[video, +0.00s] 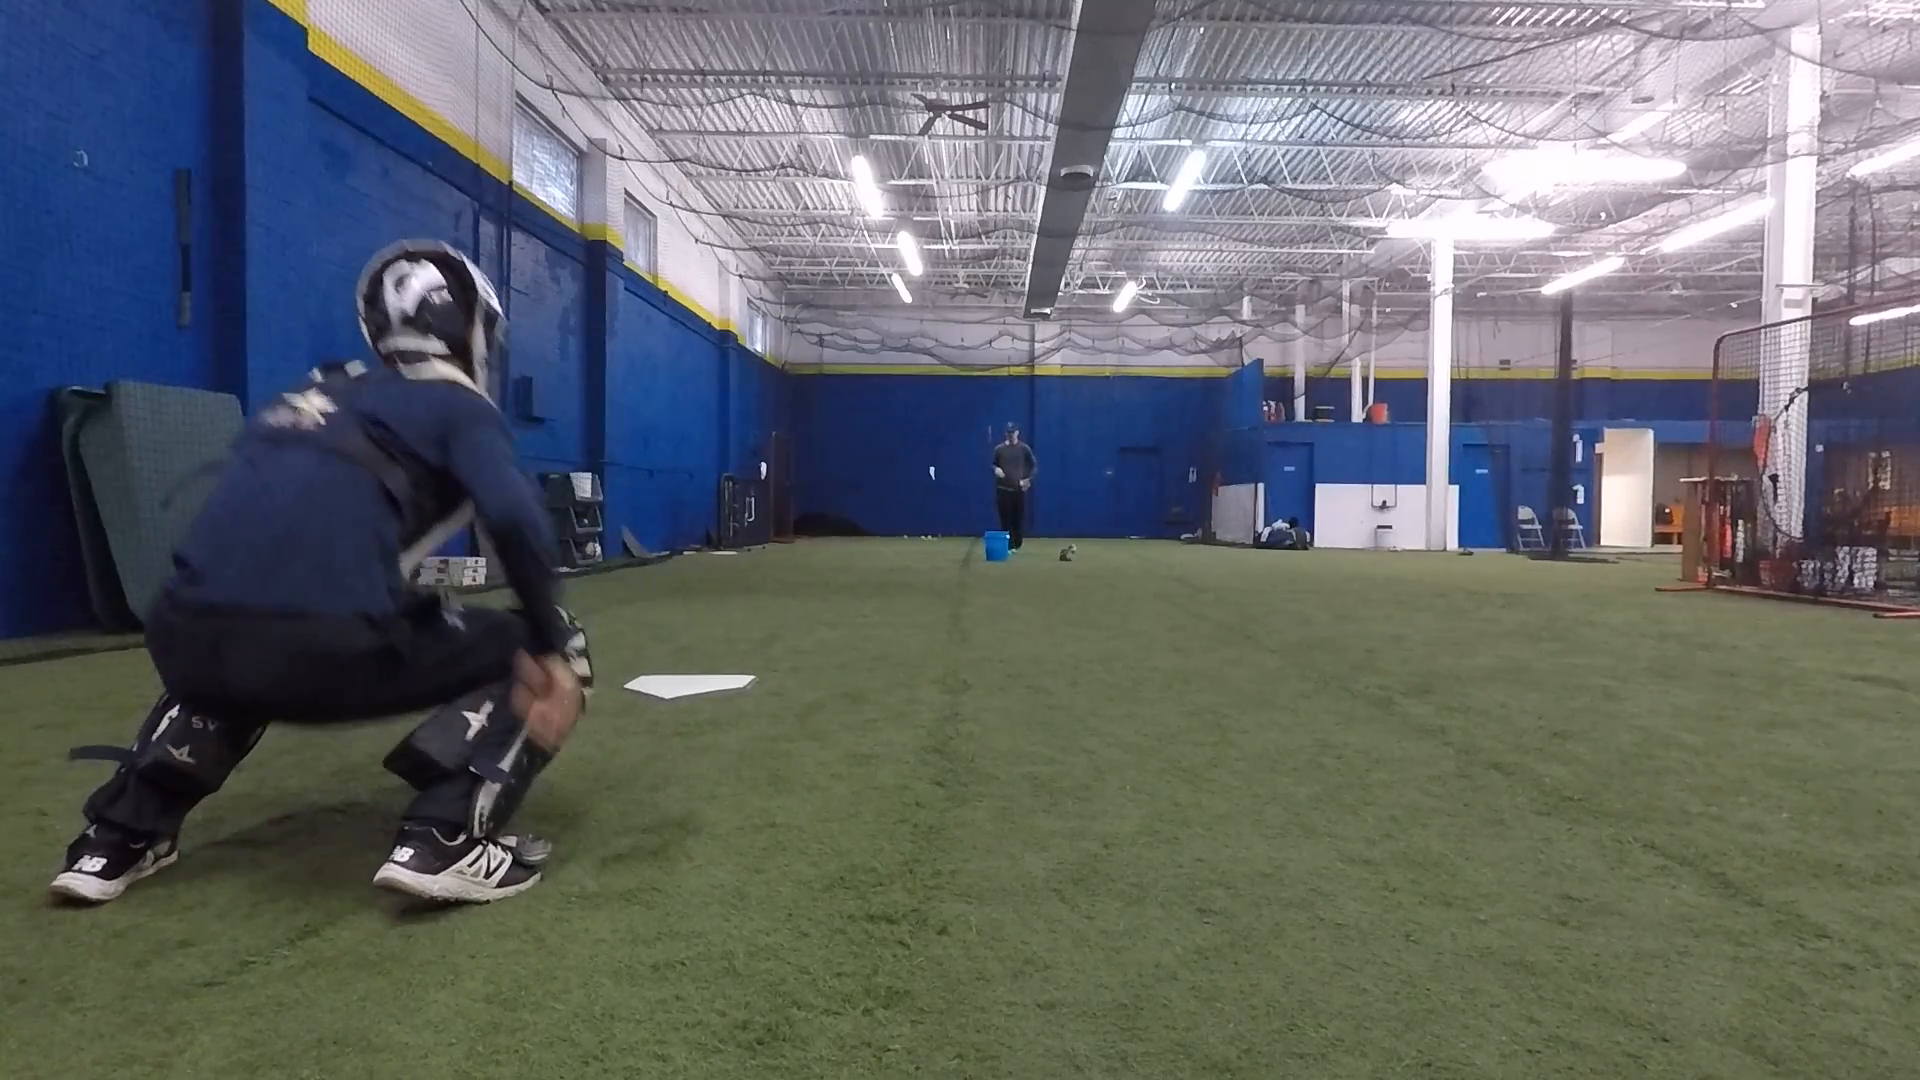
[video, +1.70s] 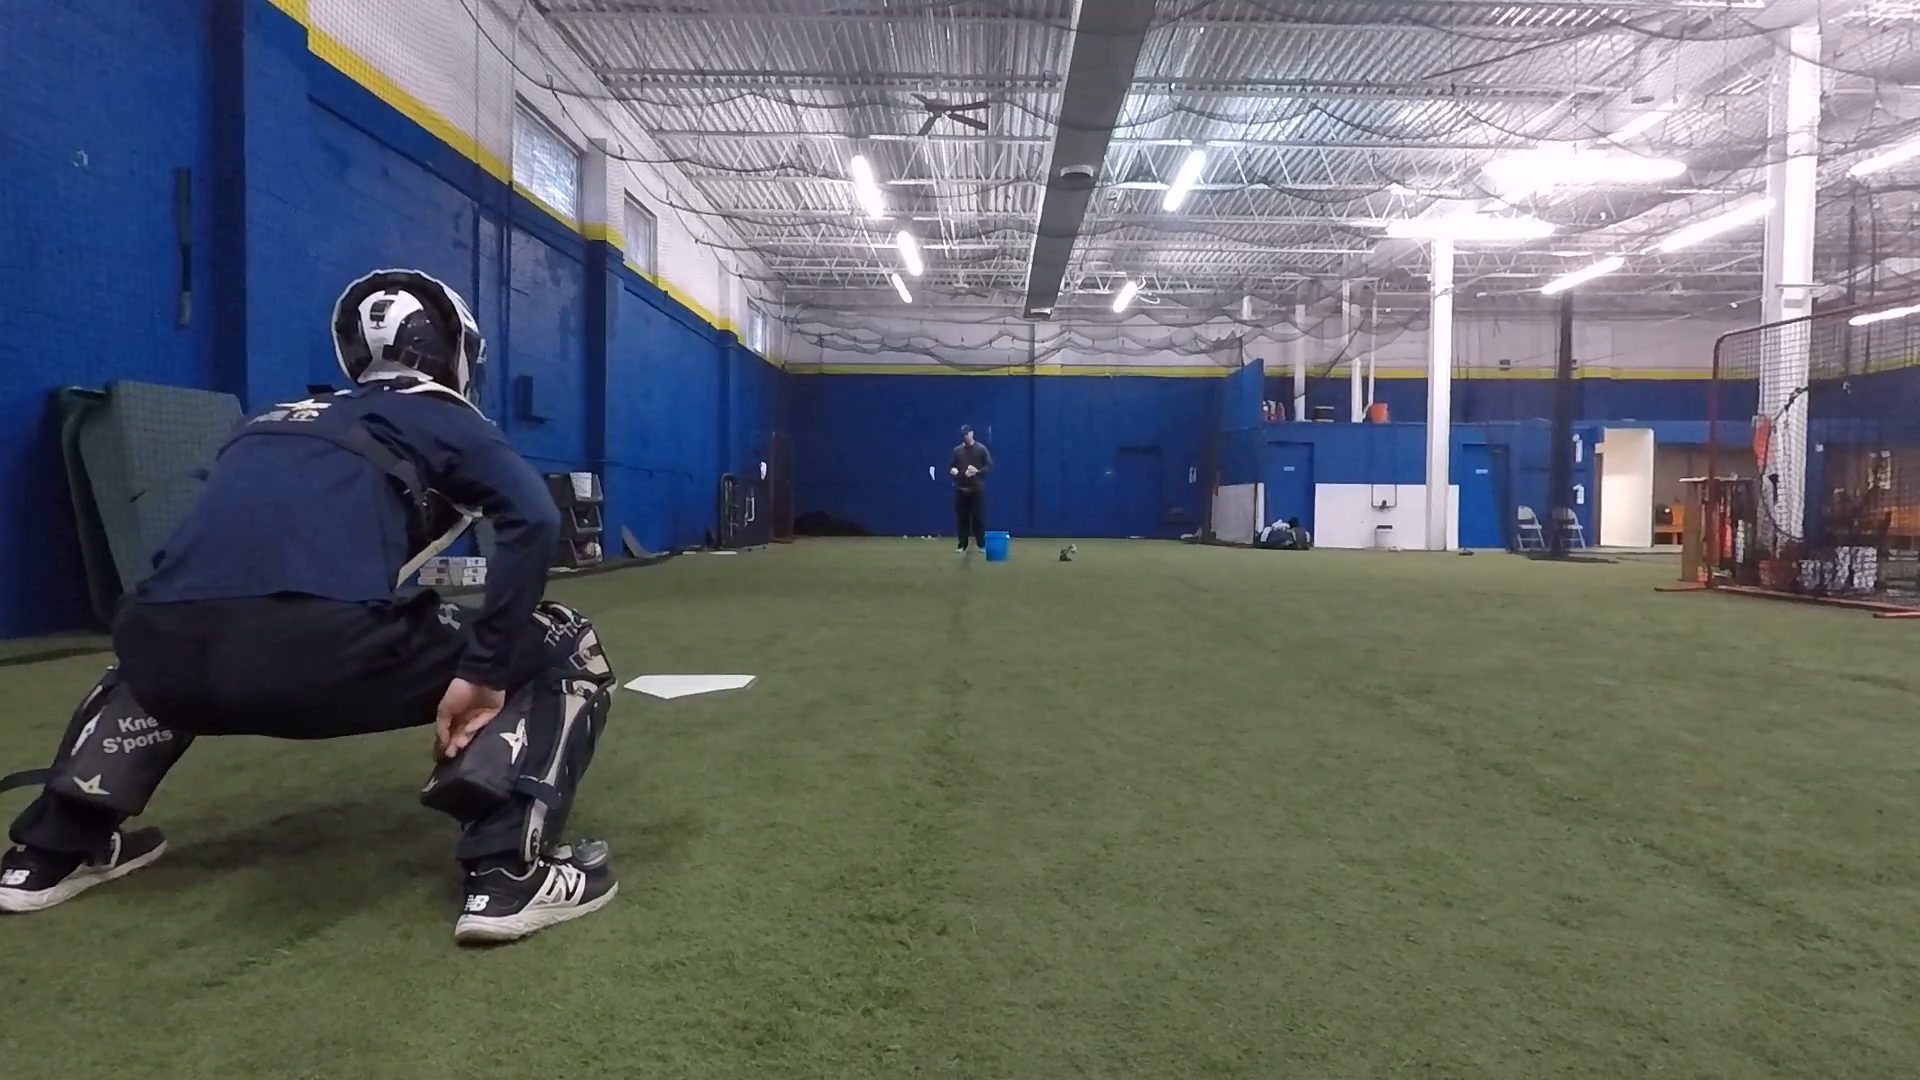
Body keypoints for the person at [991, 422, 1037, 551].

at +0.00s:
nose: (1011, 435)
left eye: (1013, 432)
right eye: (1009, 432)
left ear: (1017, 432)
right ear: (1006, 433)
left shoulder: (1024, 448)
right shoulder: (999, 449)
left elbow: (1034, 467)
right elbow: (993, 463)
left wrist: (1028, 479)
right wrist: (996, 469)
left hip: (1018, 489)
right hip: (1003, 489)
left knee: (1017, 518)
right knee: (1005, 517)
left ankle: (1017, 544)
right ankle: (1007, 544)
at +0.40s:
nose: (1012, 439)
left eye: (1014, 436)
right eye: (1010, 436)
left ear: (1019, 436)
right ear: (1007, 436)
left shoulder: (1025, 452)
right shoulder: (1000, 448)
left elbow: (1032, 469)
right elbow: (991, 461)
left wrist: (1025, 482)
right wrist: (996, 470)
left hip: (1013, 489)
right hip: (997, 487)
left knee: (1013, 518)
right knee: (994, 516)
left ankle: (1014, 545)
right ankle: (990, 545)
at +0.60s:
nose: (1006, 437)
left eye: (1008, 434)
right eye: (1004, 434)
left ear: (1013, 435)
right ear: (1001, 435)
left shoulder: (1019, 451)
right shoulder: (993, 448)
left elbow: (1026, 468)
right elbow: (986, 464)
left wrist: (1021, 481)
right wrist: (992, 471)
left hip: (1008, 490)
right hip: (991, 489)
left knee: (1011, 518)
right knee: (981, 515)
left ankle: (1014, 546)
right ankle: (971, 543)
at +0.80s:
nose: (991, 438)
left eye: (993, 436)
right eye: (989, 436)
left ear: (999, 436)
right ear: (987, 437)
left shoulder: (1006, 452)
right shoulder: (981, 451)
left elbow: (1014, 469)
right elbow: (976, 467)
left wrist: (1011, 482)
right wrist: (981, 473)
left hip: (999, 492)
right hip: (983, 492)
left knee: (1005, 520)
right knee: (973, 519)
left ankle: (1014, 545)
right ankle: (963, 544)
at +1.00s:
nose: (975, 438)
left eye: (977, 435)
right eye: (974, 436)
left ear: (983, 435)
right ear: (972, 437)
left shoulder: (993, 451)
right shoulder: (967, 452)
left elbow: (999, 467)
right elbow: (963, 466)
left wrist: (997, 478)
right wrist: (964, 473)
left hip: (987, 491)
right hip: (971, 491)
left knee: (996, 518)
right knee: (966, 520)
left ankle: (1009, 543)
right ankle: (963, 545)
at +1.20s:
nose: (967, 439)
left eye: (968, 436)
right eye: (965, 437)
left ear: (974, 435)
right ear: (962, 438)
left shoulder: (984, 450)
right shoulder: (959, 451)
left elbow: (991, 466)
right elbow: (956, 466)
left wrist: (983, 475)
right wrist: (956, 471)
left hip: (980, 489)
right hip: (965, 489)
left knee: (985, 514)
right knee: (964, 518)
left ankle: (990, 542)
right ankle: (962, 544)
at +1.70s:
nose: (966, 437)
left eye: (967, 434)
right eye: (964, 435)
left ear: (972, 434)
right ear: (961, 436)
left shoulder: (981, 449)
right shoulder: (957, 451)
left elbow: (989, 466)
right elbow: (953, 465)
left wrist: (978, 470)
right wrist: (954, 470)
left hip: (976, 489)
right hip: (962, 489)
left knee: (977, 517)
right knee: (962, 518)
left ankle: (981, 544)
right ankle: (962, 545)